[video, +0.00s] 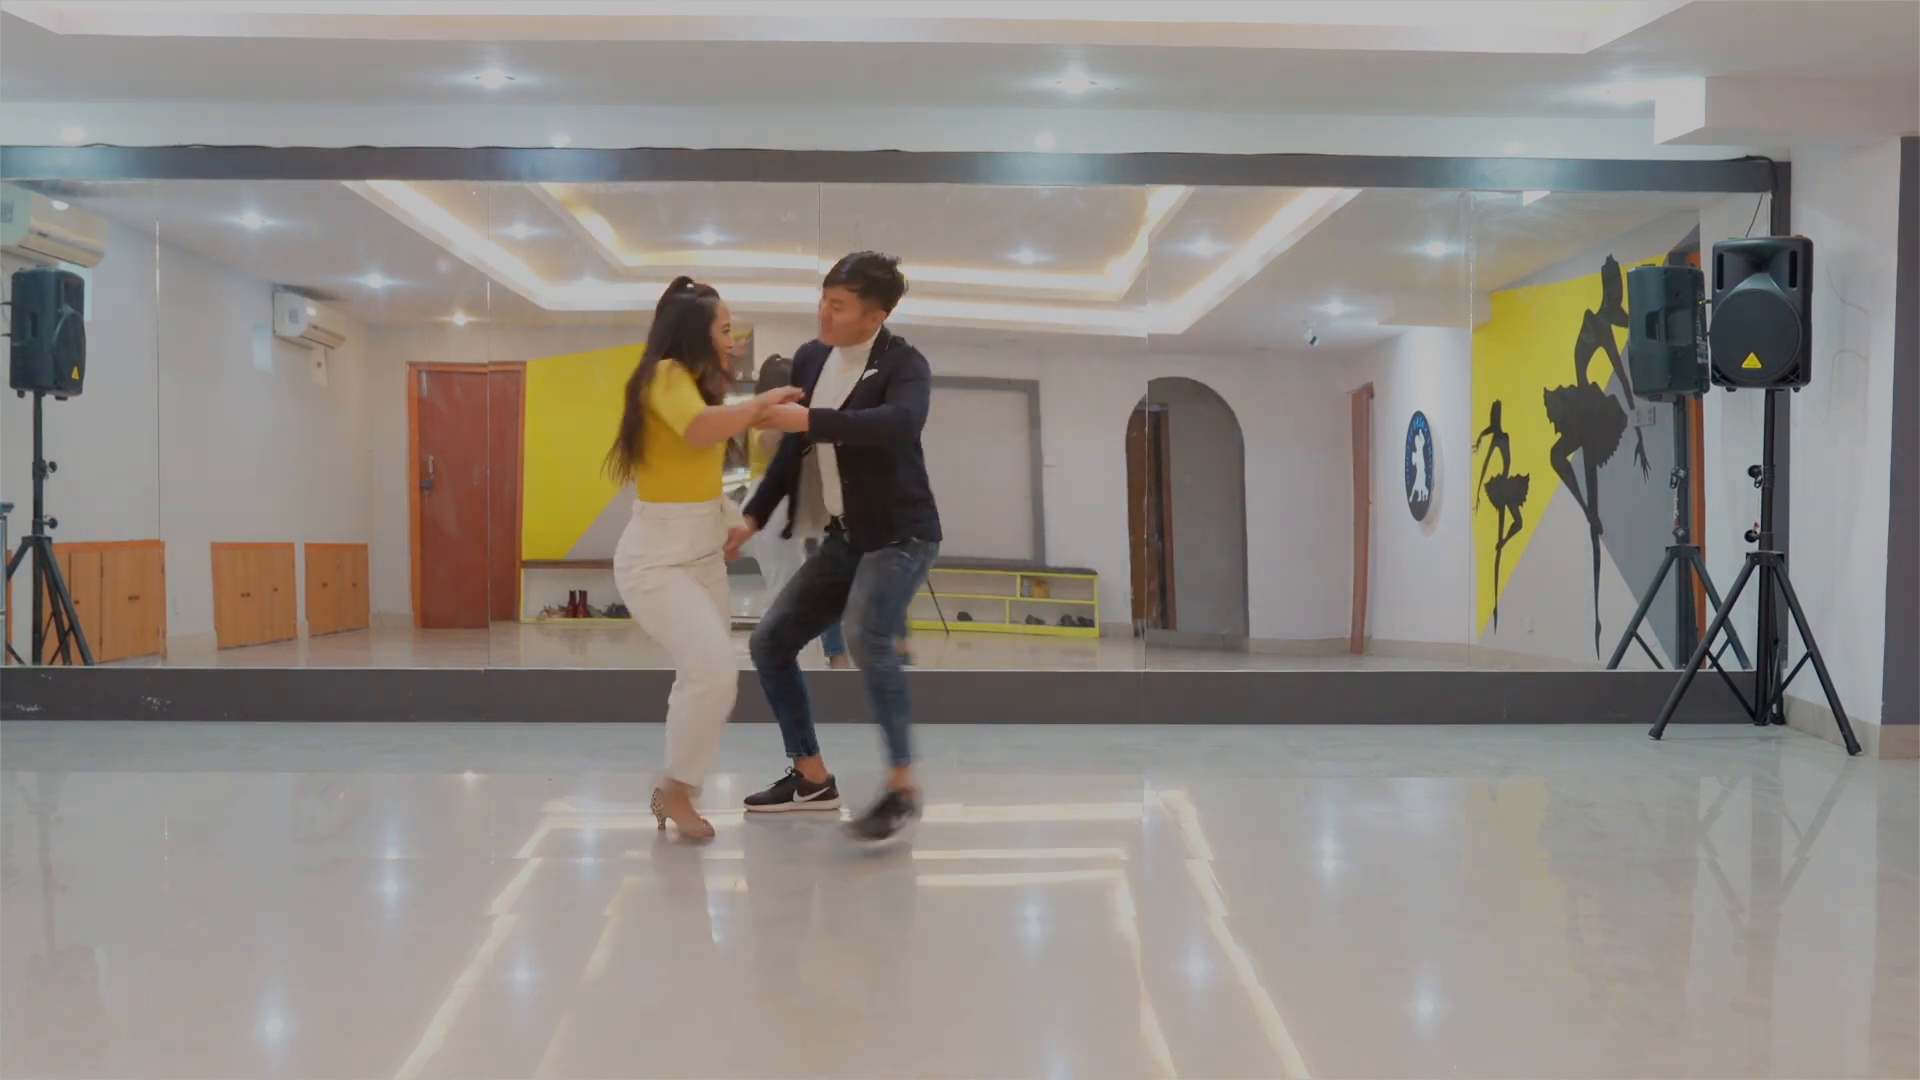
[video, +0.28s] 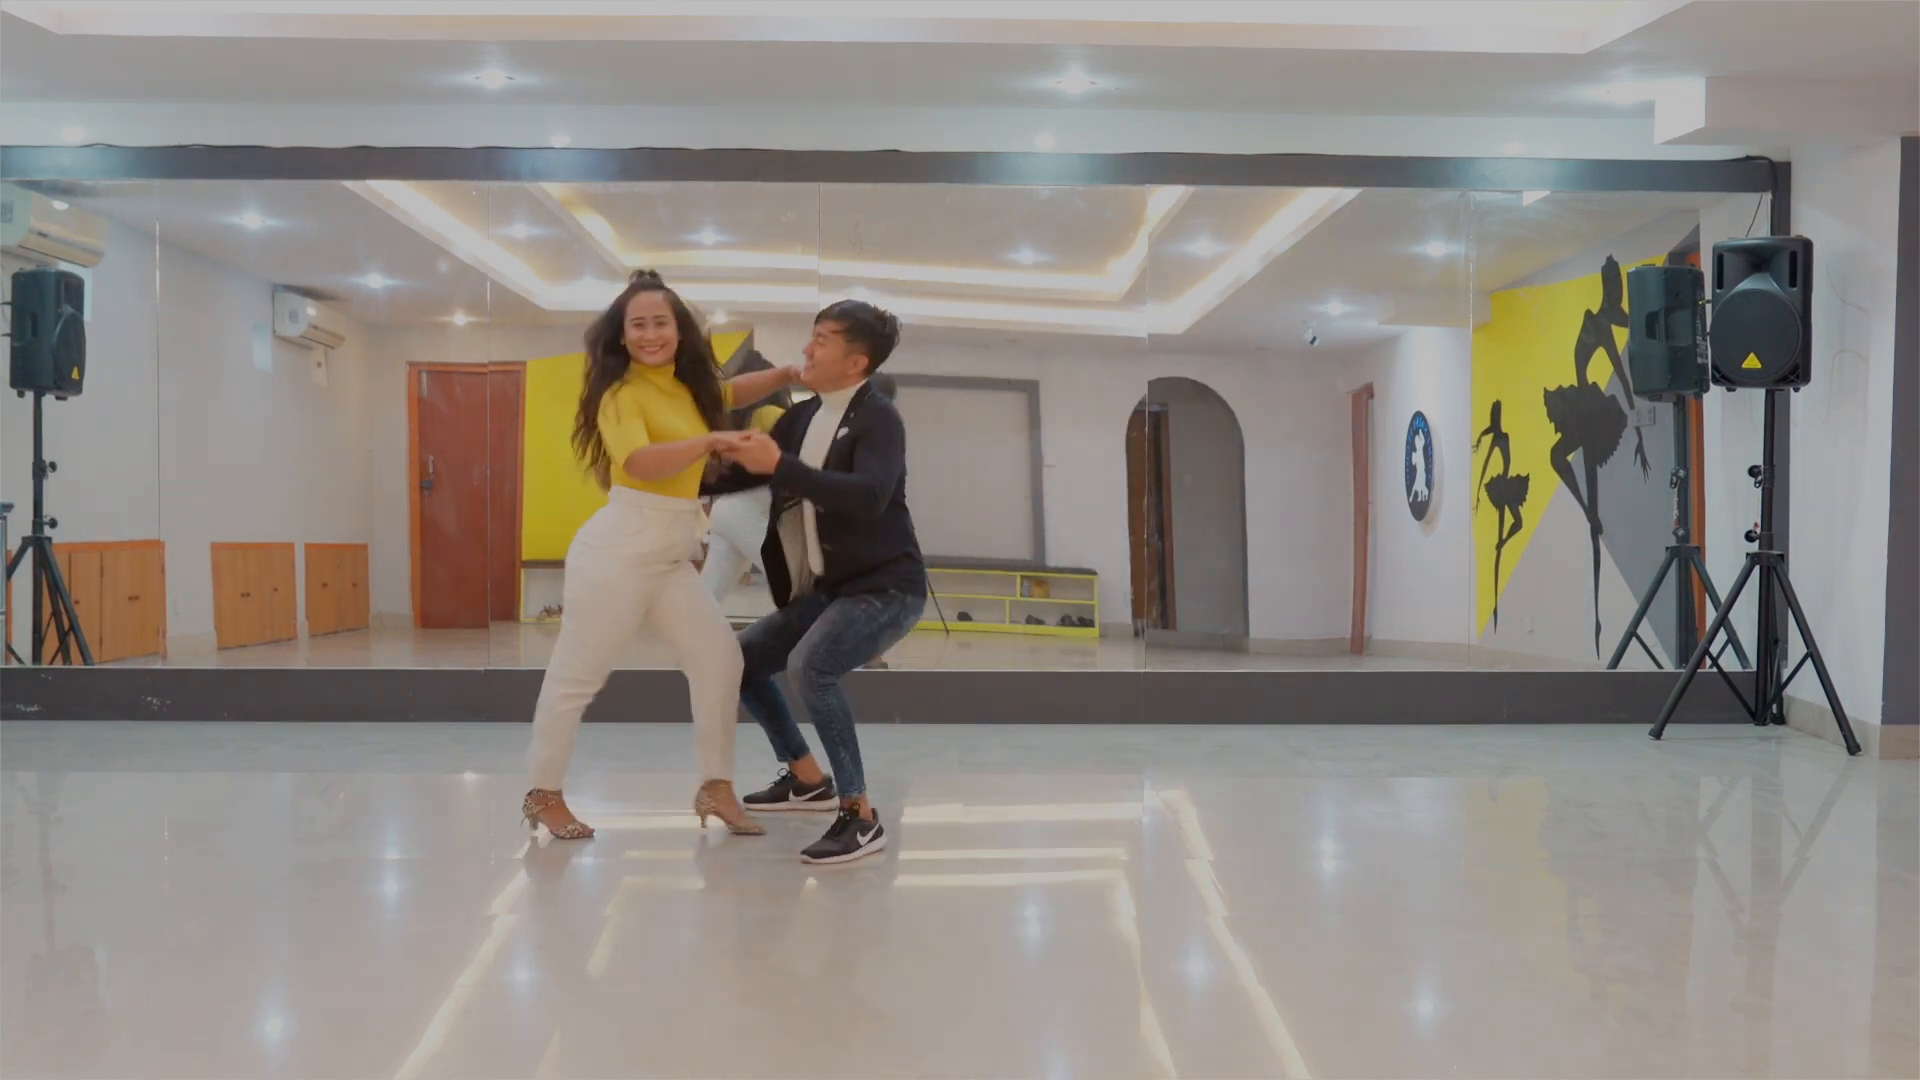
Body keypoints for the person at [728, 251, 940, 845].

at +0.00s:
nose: (824, 312)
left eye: (838, 305)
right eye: (824, 301)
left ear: (877, 315)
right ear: (825, 301)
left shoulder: (904, 363)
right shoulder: (812, 358)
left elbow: (903, 423)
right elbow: (792, 445)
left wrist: (808, 419)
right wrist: (752, 518)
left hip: (902, 535)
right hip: (844, 537)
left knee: (867, 638)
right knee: (771, 644)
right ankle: (811, 776)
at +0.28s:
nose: (807, 348)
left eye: (822, 341)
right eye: (812, 337)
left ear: (858, 360)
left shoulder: (879, 418)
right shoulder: (801, 415)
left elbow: (868, 497)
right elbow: (757, 471)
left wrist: (780, 466)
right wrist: (706, 469)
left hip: (886, 588)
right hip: (828, 591)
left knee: (813, 667)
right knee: (741, 657)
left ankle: (860, 815)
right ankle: (805, 775)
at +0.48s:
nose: (793, 335)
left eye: (807, 327)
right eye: (796, 323)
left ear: (845, 345)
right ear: (797, 328)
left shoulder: (888, 401)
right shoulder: (776, 383)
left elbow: (905, 498)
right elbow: (711, 418)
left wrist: (832, 484)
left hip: (901, 549)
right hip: (837, 551)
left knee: (870, 656)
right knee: (756, 646)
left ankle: (867, 807)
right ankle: (804, 767)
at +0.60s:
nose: (806, 312)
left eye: (820, 303)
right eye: (806, 300)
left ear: (860, 311)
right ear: (805, 304)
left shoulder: (903, 365)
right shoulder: (789, 360)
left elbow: (964, 439)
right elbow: (720, 393)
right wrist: (648, 402)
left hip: (905, 524)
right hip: (838, 529)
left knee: (892, 636)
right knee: (771, 636)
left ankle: (901, 776)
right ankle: (806, 771)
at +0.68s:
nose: (745, 322)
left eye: (744, 311)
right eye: (735, 313)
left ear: (699, 325)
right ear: (705, 321)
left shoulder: (687, 373)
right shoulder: (711, 377)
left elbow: (736, 378)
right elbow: (799, 391)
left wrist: (767, 347)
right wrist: (869, 361)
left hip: (664, 538)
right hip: (690, 544)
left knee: (656, 676)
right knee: (765, 656)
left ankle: (629, 794)